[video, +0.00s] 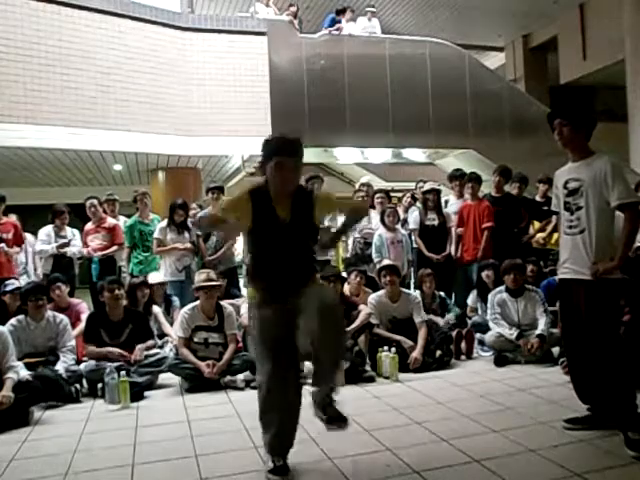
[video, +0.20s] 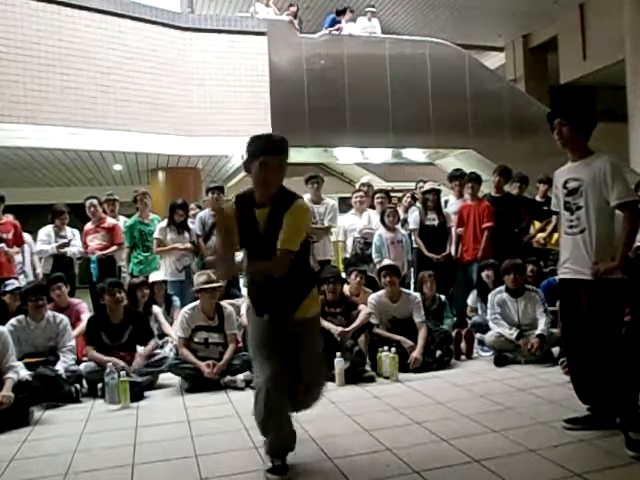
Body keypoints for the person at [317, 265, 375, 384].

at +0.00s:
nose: (332, 286)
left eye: (335, 282)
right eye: (328, 282)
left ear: (341, 284)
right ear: (321, 282)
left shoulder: (344, 300)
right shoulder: (318, 302)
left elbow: (366, 312)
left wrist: (350, 330)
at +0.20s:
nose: (331, 287)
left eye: (335, 283)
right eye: (328, 284)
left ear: (340, 285)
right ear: (322, 287)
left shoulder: (347, 300)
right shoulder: (319, 302)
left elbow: (366, 311)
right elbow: (315, 318)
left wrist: (350, 329)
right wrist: (332, 328)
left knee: (364, 323)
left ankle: (360, 365)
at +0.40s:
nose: (332, 287)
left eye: (335, 283)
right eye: (329, 283)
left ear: (341, 286)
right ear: (323, 287)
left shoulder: (347, 301)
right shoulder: (319, 304)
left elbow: (367, 311)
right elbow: (314, 318)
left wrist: (350, 330)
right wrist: (333, 329)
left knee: (364, 323)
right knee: (323, 329)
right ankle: (327, 370)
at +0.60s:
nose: (333, 287)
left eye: (336, 283)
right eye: (329, 283)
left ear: (342, 286)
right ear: (323, 287)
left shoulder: (348, 301)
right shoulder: (318, 303)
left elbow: (366, 311)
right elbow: (315, 318)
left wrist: (350, 330)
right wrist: (333, 329)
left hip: (348, 344)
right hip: (326, 343)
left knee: (365, 323)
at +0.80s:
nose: (333, 286)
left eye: (337, 282)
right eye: (329, 282)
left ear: (342, 285)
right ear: (324, 286)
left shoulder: (347, 300)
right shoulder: (320, 302)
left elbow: (366, 311)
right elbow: (316, 318)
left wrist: (350, 330)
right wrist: (332, 329)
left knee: (365, 324)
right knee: (323, 330)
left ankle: (361, 365)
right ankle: (327, 369)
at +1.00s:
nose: (333, 284)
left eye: (337, 281)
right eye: (330, 281)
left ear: (343, 285)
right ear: (324, 285)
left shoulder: (348, 300)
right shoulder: (320, 302)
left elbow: (366, 311)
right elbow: (316, 319)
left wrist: (350, 330)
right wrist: (333, 329)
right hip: (328, 343)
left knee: (365, 324)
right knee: (321, 330)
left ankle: (361, 365)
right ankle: (327, 370)